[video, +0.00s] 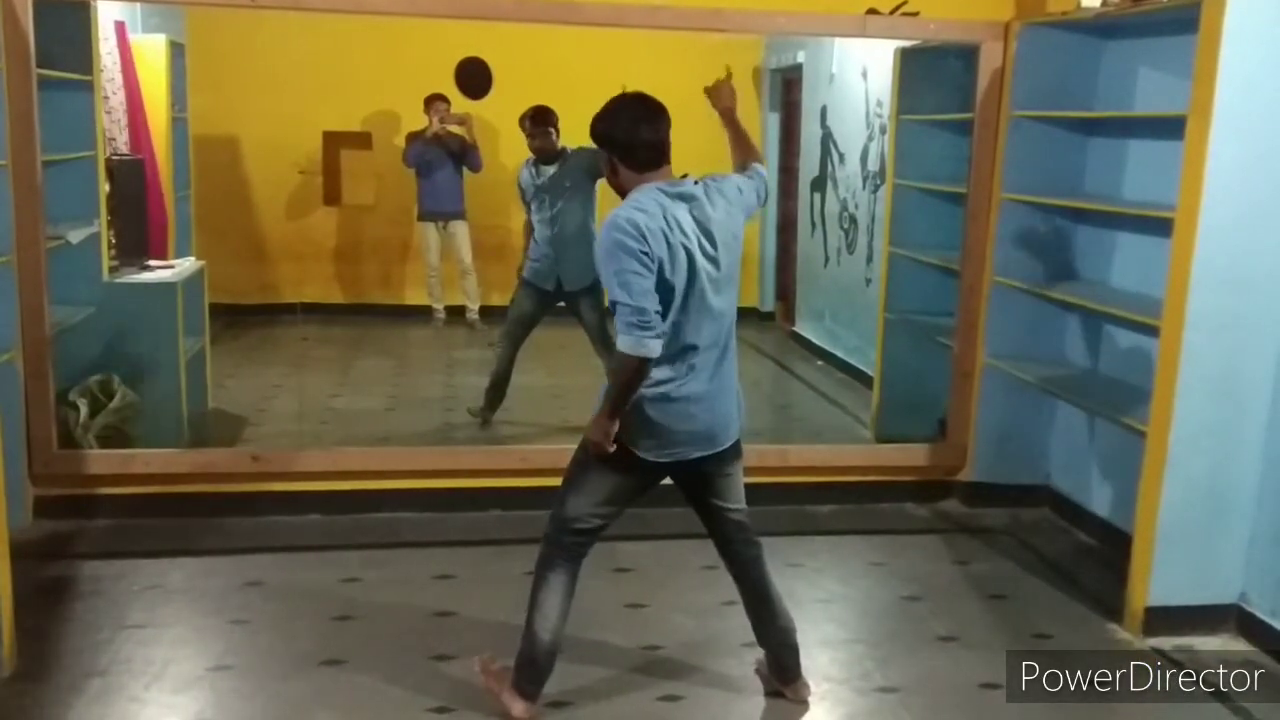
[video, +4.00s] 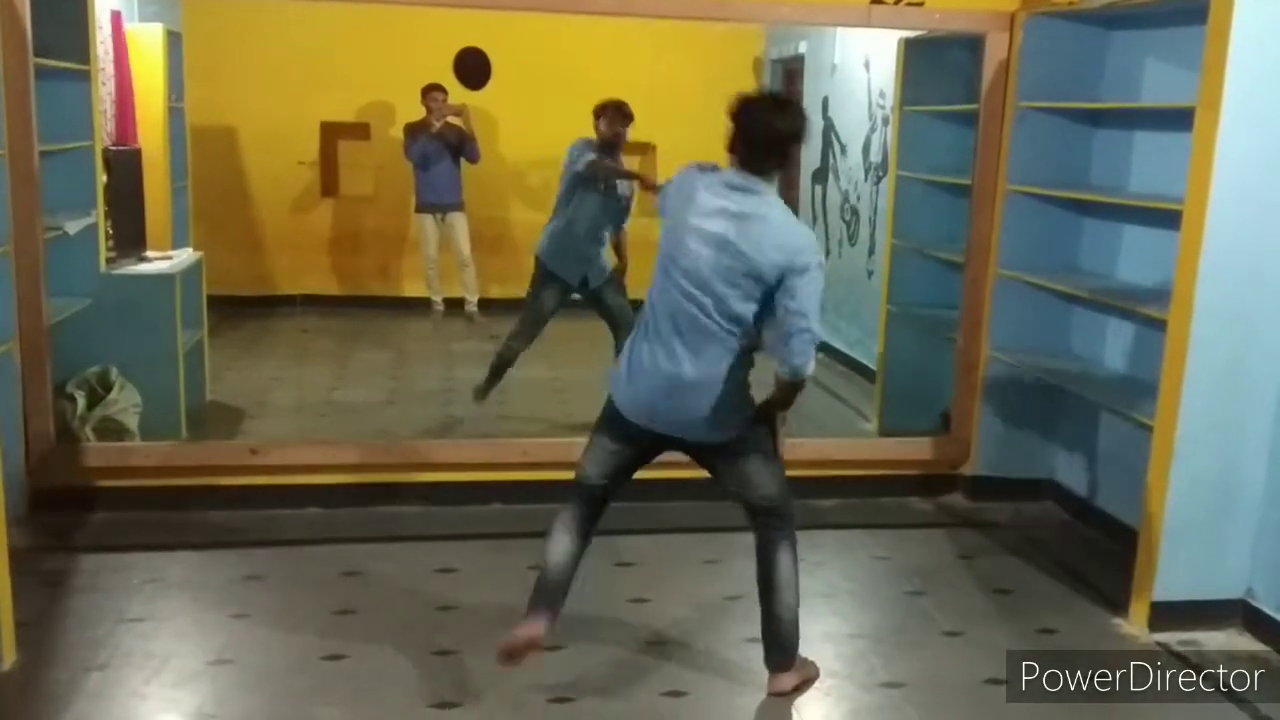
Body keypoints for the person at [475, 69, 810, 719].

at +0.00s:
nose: (603, 169)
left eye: (602, 159)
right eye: (605, 157)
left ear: (612, 163)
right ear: (668, 148)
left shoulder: (625, 230)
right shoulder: (719, 198)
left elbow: (641, 345)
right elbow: (755, 171)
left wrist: (608, 414)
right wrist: (731, 115)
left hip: (649, 420)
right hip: (717, 415)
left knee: (566, 544)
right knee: (741, 543)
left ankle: (524, 685)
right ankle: (788, 675)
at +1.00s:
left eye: (586, 142)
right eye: (652, 133)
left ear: (590, 147)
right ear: (652, 141)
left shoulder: (563, 208)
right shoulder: (694, 197)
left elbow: (539, 323)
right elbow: (772, 207)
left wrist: (560, 397)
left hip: (601, 415)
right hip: (681, 412)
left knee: (546, 543)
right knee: (736, 533)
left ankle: (520, 686)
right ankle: (778, 672)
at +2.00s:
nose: (503, 175)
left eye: (508, 165)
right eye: (505, 164)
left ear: (525, 170)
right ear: (575, 159)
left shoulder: (533, 233)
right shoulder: (624, 207)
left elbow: (525, 355)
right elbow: (626, 296)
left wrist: (532, 425)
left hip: (598, 425)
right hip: (663, 410)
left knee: (512, 534)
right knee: (665, 471)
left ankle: (517, 687)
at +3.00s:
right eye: (718, 126)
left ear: (652, 130)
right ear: (717, 135)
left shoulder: (606, 198)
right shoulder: (737, 220)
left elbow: (522, 210)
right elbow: (763, 330)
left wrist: (546, 188)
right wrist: (768, 380)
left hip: (617, 408)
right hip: (699, 410)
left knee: (571, 544)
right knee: (752, 539)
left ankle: (523, 688)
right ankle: (784, 673)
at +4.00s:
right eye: (795, 146)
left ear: (733, 140)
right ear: (790, 153)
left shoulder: (686, 187)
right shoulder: (795, 243)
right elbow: (797, 366)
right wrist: (774, 408)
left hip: (635, 394)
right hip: (714, 407)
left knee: (583, 499)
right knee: (774, 522)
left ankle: (538, 618)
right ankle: (782, 668)